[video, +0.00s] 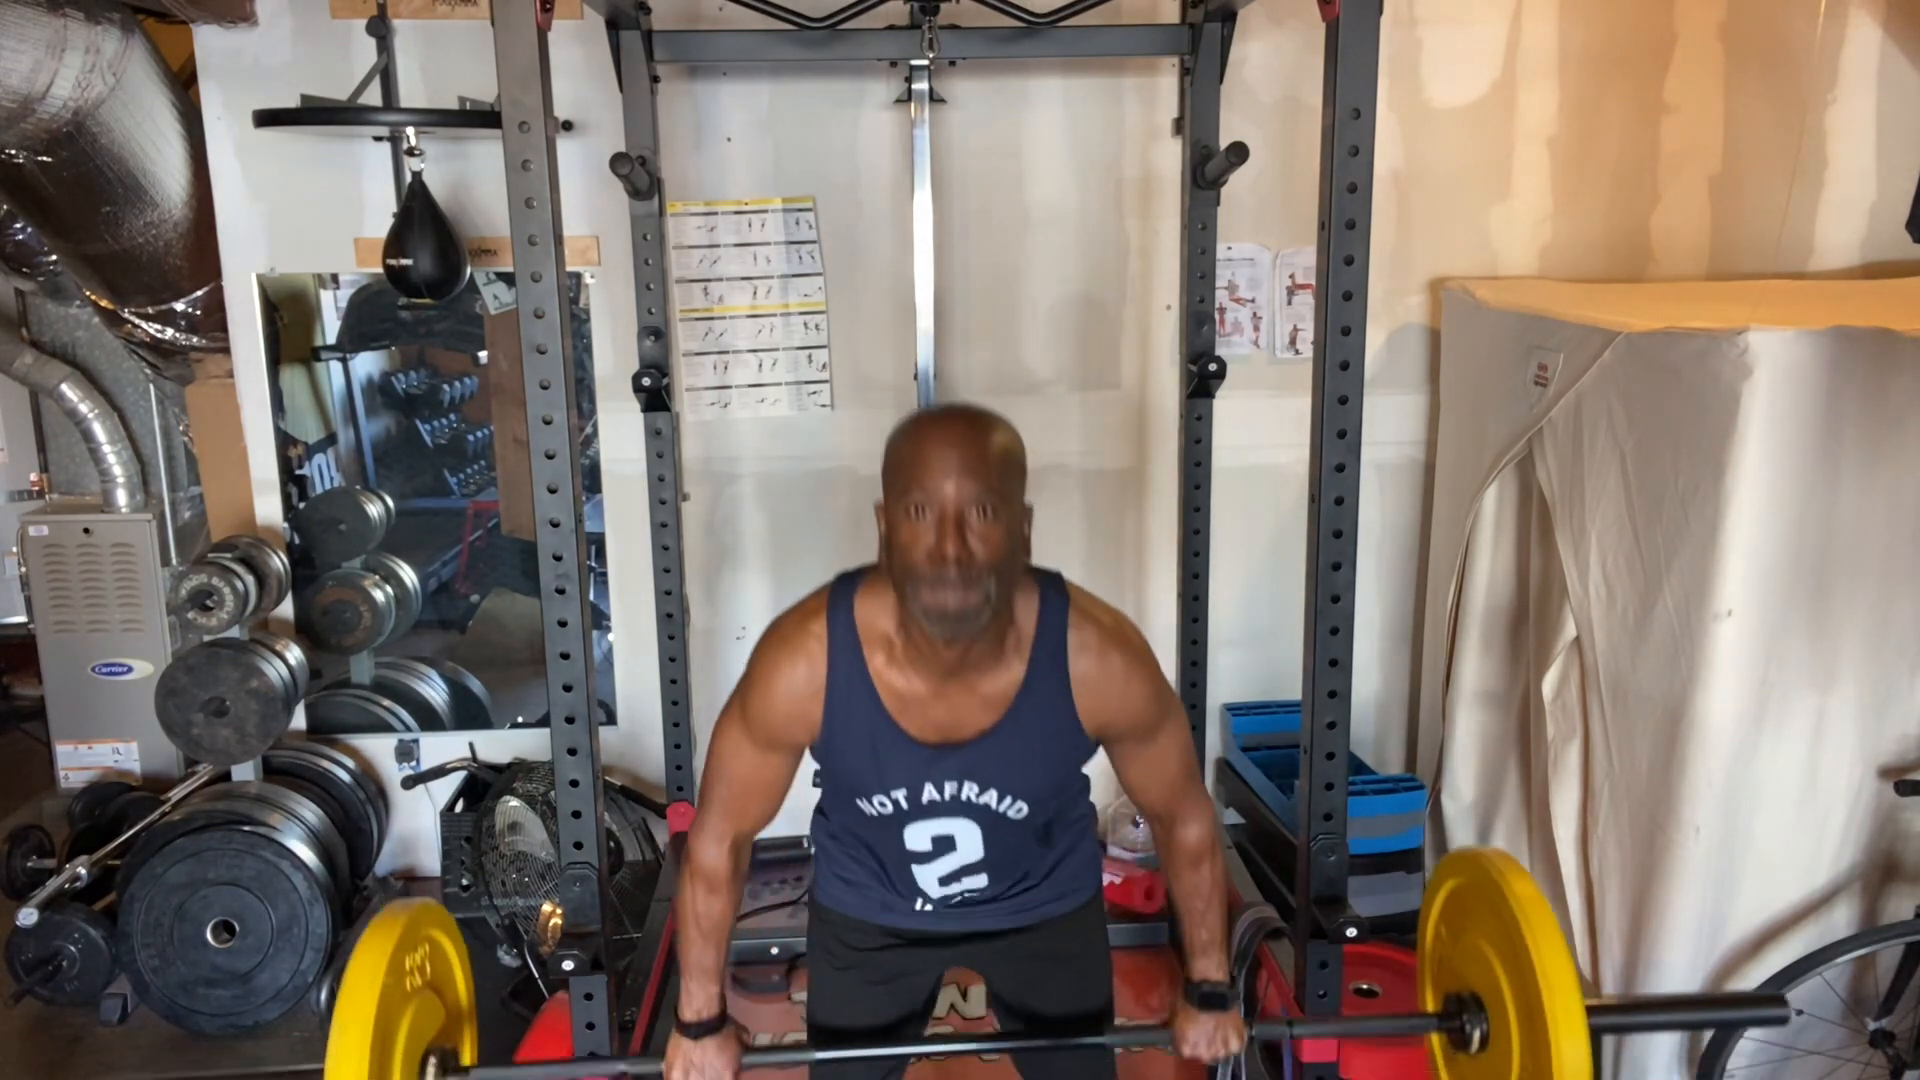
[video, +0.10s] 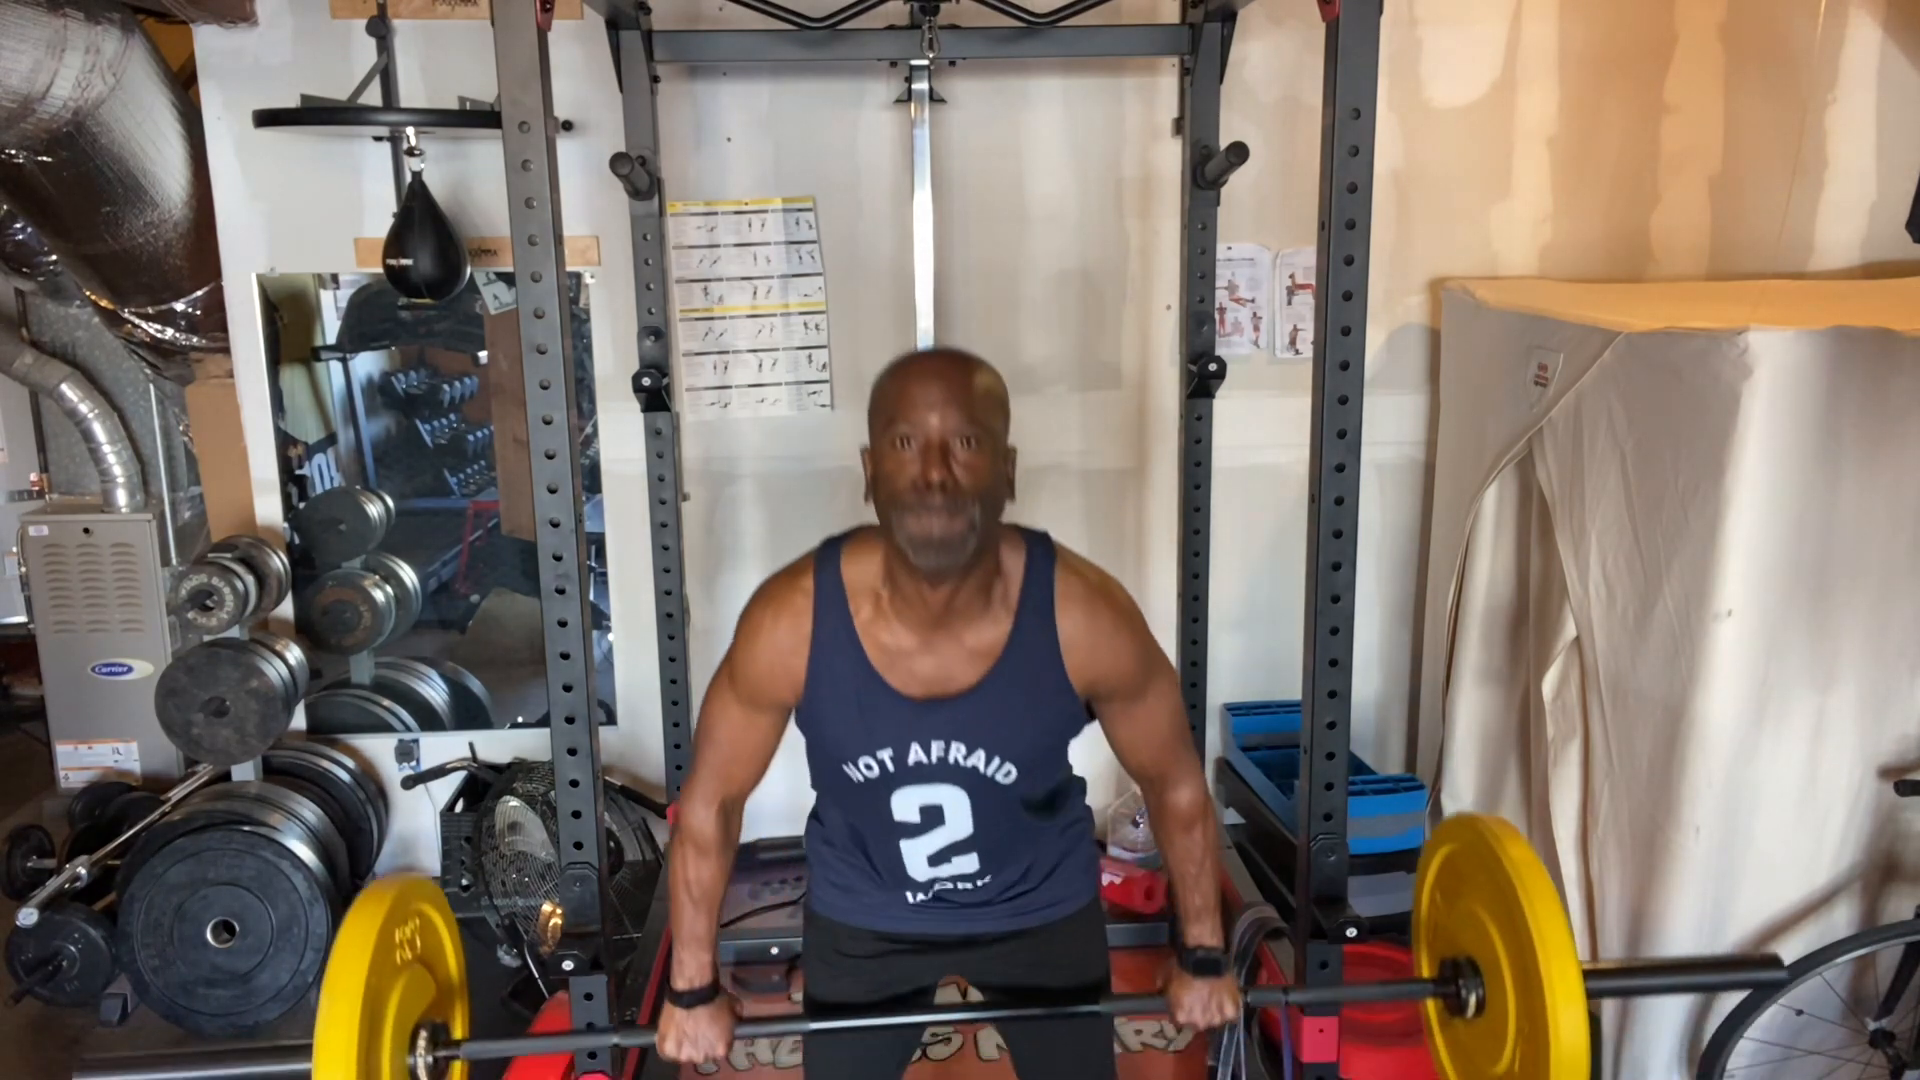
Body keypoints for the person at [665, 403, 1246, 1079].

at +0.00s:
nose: (949, 545)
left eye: (980, 514)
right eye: (920, 513)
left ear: (1025, 528)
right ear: (883, 524)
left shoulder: (1099, 657)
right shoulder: (804, 658)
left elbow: (1184, 816)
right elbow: (716, 842)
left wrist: (1212, 986)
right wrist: (701, 1018)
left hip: (1044, 914)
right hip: (871, 918)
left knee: (1075, 1067)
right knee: (848, 1073)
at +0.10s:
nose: (933, 470)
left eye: (964, 443)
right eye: (906, 443)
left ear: (1007, 470)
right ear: (869, 469)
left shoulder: (1085, 614)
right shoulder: (793, 617)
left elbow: (1175, 780)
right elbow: (708, 802)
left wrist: (1204, 951)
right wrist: (692, 986)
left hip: (1037, 906)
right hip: (865, 912)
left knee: (1076, 1067)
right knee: (843, 1070)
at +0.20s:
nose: (924, 414)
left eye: (953, 389)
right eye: (896, 390)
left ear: (997, 419)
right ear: (858, 422)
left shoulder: (1073, 575)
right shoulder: (780, 585)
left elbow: (1164, 745)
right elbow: (704, 770)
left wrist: (1198, 917)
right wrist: (683, 956)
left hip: (1034, 911)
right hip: (860, 919)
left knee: (1089, 1067)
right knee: (837, 1069)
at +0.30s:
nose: (929, 381)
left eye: (957, 361)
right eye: (901, 362)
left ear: (999, 396)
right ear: (863, 400)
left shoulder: (1078, 556)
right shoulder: (785, 568)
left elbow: (1166, 731)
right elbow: (708, 754)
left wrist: (1196, 902)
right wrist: (682, 940)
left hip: (1039, 918)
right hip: (859, 924)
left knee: (1078, 1063)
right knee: (837, 1065)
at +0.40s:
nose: (951, 361)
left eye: (977, 344)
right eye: (922, 345)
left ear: (1019, 383)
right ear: (886, 387)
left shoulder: (1095, 549)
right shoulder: (806, 556)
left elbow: (1174, 730)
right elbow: (723, 748)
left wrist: (1203, 901)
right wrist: (692, 934)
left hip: (1050, 925)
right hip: (869, 929)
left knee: (1083, 1063)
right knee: (850, 1062)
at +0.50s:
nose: (974, 344)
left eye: (1001, 326)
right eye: (947, 327)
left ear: (1043, 365)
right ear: (912, 368)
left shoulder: (1117, 536)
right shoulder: (830, 537)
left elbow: (1188, 721)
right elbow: (743, 732)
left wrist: (1218, 897)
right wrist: (707, 918)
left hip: (1064, 915)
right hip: (884, 918)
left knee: (1095, 1064)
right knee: (848, 1065)